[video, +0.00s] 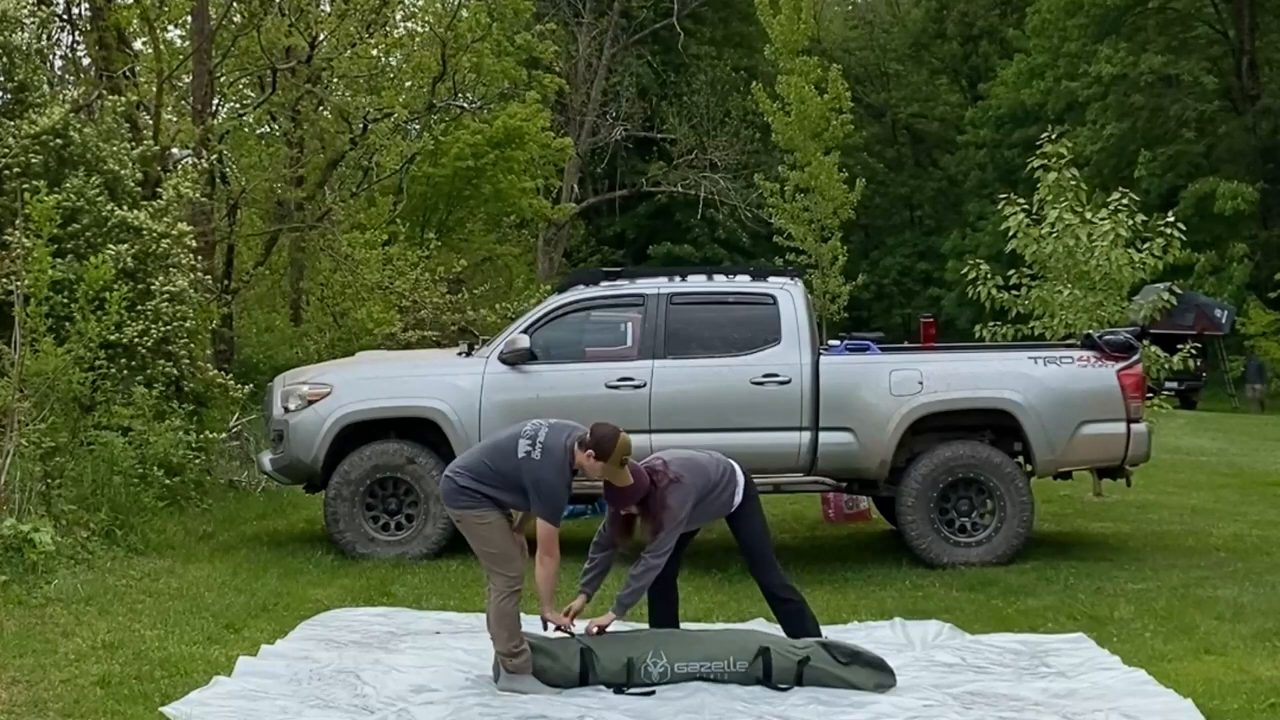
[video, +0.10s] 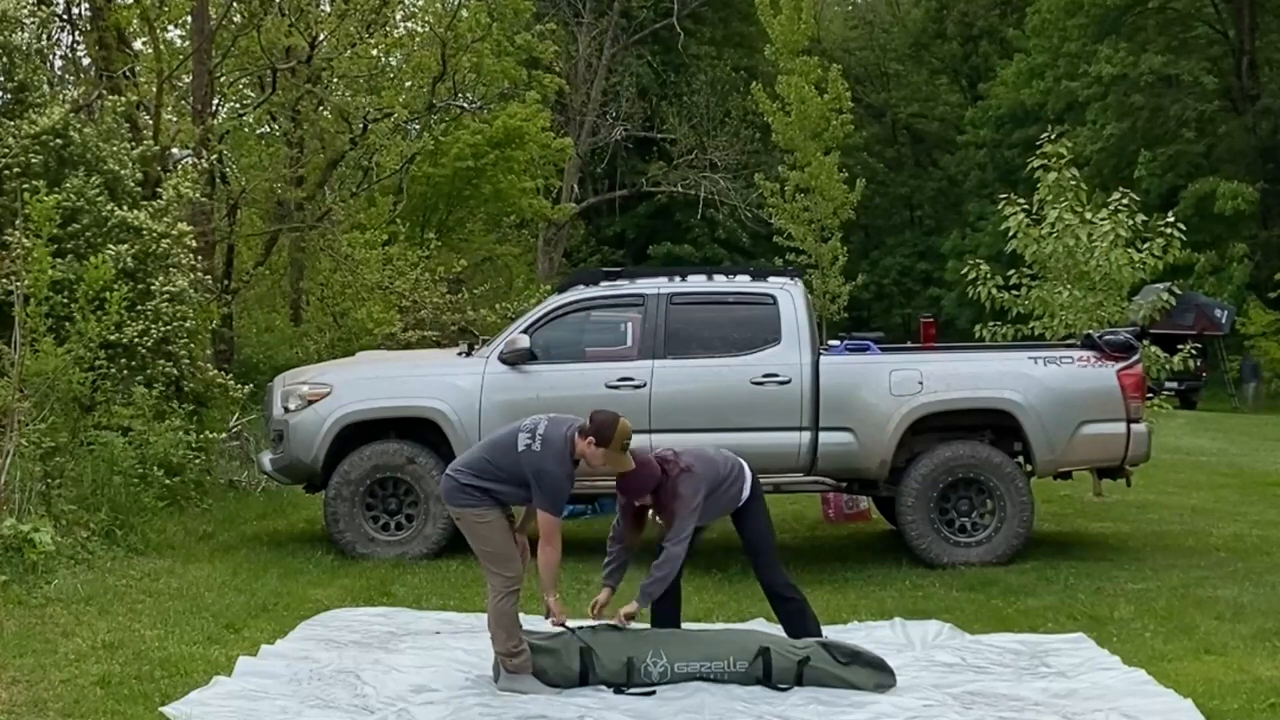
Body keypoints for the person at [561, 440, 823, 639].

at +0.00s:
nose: (625, 514)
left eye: (629, 508)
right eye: (620, 509)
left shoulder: (673, 490)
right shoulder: (620, 486)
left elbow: (655, 557)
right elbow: (606, 541)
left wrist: (615, 613)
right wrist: (583, 595)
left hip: (734, 488)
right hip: (687, 501)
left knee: (768, 577)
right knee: (662, 575)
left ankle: (815, 649)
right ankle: (666, 652)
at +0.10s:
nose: (639, 503)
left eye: (642, 497)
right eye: (634, 499)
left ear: (654, 484)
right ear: (627, 488)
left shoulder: (686, 479)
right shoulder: (632, 481)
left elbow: (674, 548)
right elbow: (622, 534)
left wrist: (639, 602)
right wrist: (607, 587)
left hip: (739, 487)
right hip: (693, 497)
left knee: (771, 577)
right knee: (667, 571)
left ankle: (814, 649)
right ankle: (666, 648)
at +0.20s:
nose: (681, 491)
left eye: (685, 485)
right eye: (674, 487)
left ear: (694, 473)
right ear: (658, 475)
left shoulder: (716, 474)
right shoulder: (653, 476)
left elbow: (713, 545)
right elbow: (649, 529)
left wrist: (681, 599)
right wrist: (646, 581)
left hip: (749, 489)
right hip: (697, 499)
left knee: (777, 576)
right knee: (672, 572)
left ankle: (816, 649)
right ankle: (667, 645)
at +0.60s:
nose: (870, 525)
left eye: (877, 520)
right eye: (867, 517)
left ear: (886, 515)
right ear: (856, 505)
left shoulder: (878, 515)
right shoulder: (817, 502)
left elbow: (884, 573)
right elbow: (807, 567)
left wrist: (896, 638)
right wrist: (840, 615)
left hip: (824, 511)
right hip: (770, 496)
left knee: (847, 574)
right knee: (729, 571)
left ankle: (846, 644)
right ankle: (685, 640)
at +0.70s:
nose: (879, 534)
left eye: (884, 529)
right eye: (876, 526)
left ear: (891, 522)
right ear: (862, 515)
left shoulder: (882, 521)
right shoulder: (823, 509)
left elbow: (890, 578)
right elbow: (805, 571)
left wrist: (902, 641)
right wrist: (840, 615)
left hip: (826, 513)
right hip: (774, 498)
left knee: (851, 578)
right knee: (730, 573)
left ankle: (847, 649)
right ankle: (685, 640)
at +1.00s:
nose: (889, 538)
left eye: (896, 533)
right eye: (886, 529)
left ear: (903, 528)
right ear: (873, 516)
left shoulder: (888, 525)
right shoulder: (836, 511)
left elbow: (893, 586)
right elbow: (826, 582)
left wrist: (901, 650)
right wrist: (861, 626)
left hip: (828, 516)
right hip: (776, 499)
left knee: (853, 581)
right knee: (729, 576)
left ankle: (848, 657)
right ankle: (687, 642)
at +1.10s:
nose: (892, 538)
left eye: (898, 533)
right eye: (889, 529)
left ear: (905, 529)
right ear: (875, 517)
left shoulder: (894, 527)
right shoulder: (843, 514)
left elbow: (892, 585)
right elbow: (846, 585)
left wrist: (897, 650)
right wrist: (868, 645)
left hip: (828, 514)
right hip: (779, 498)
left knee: (855, 583)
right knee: (731, 576)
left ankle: (847, 656)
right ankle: (689, 639)